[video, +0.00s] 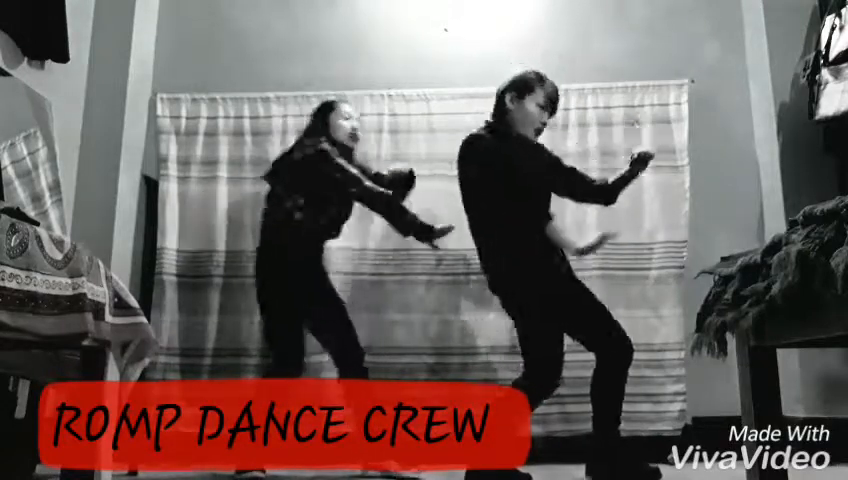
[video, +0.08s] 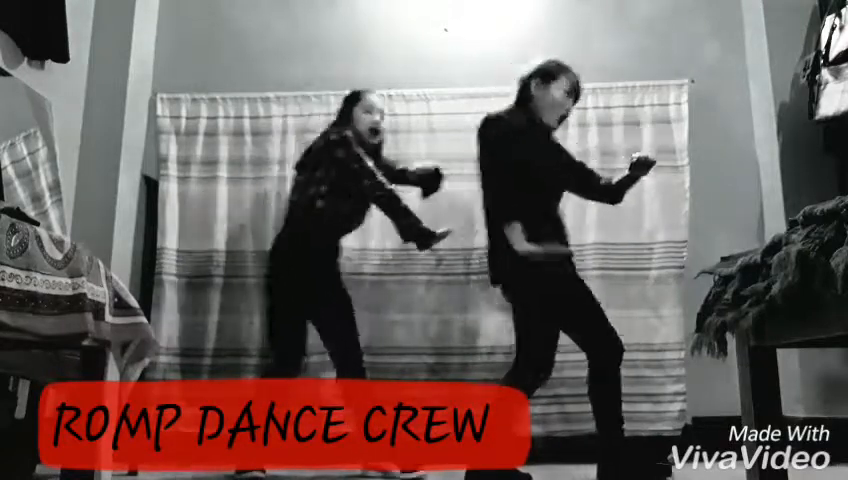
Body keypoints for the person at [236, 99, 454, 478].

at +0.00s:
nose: (355, 125)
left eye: (356, 118)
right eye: (346, 117)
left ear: (354, 128)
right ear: (325, 124)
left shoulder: (334, 156)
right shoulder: (318, 155)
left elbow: (367, 183)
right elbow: (365, 190)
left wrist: (396, 181)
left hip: (302, 267)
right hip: (285, 267)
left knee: (350, 355)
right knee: (286, 361)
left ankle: (367, 447)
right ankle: (253, 451)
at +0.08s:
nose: (378, 120)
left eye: (381, 115)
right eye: (370, 112)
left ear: (378, 122)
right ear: (349, 115)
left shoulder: (356, 148)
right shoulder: (340, 146)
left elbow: (386, 173)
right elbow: (377, 191)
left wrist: (420, 178)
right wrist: (419, 233)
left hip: (316, 262)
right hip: (298, 263)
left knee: (348, 355)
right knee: (286, 359)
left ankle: (367, 441)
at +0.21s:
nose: (408, 103)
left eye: (411, 98)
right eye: (399, 96)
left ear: (412, 106)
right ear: (379, 101)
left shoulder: (404, 144)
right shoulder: (367, 132)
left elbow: (437, 164)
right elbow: (358, 183)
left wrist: (481, 170)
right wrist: (373, 233)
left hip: (356, 251)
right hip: (337, 250)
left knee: (363, 348)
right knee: (292, 342)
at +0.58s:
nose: (428, 100)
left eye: (427, 93)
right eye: (420, 92)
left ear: (412, 101)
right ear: (397, 96)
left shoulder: (416, 143)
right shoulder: (378, 128)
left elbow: (446, 174)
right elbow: (346, 164)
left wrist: (493, 178)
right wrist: (374, 205)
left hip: (395, 249)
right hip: (371, 245)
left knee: (379, 349)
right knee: (327, 336)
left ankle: (377, 441)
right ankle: (262, 408)